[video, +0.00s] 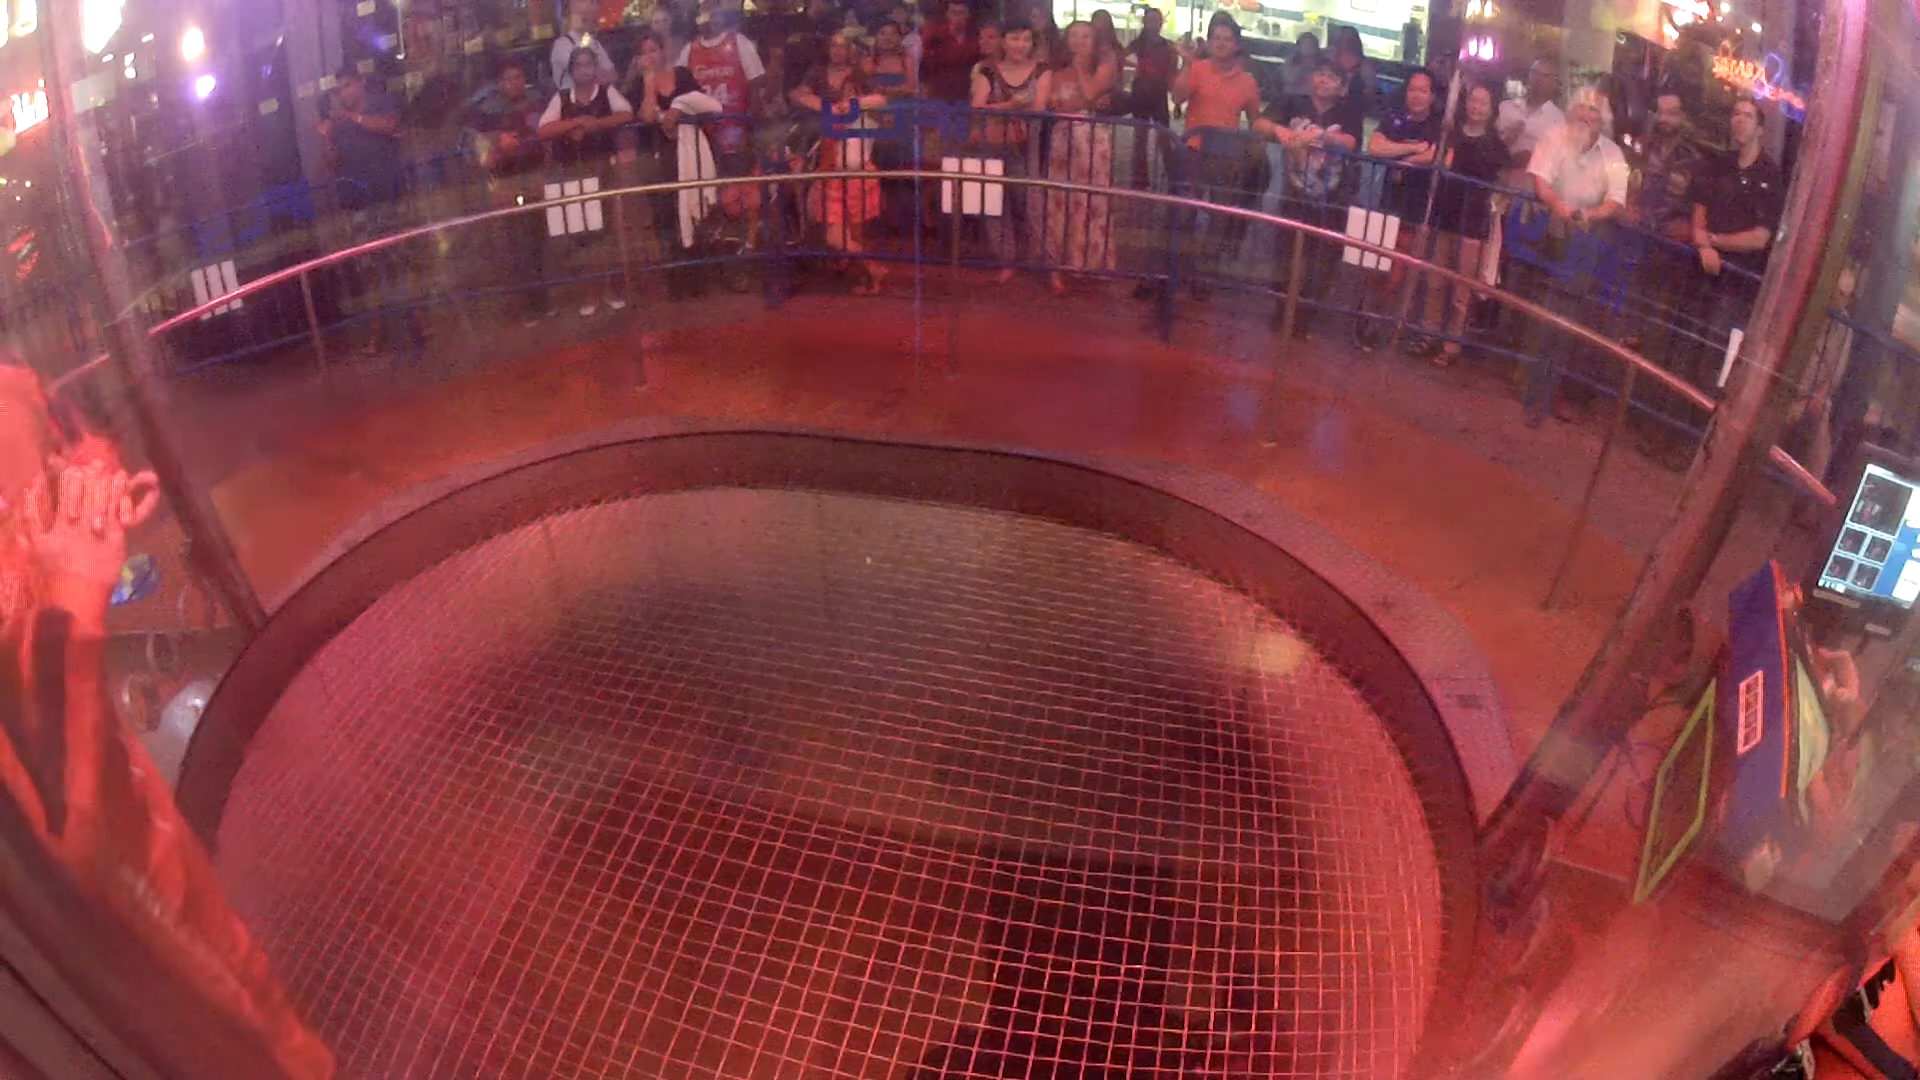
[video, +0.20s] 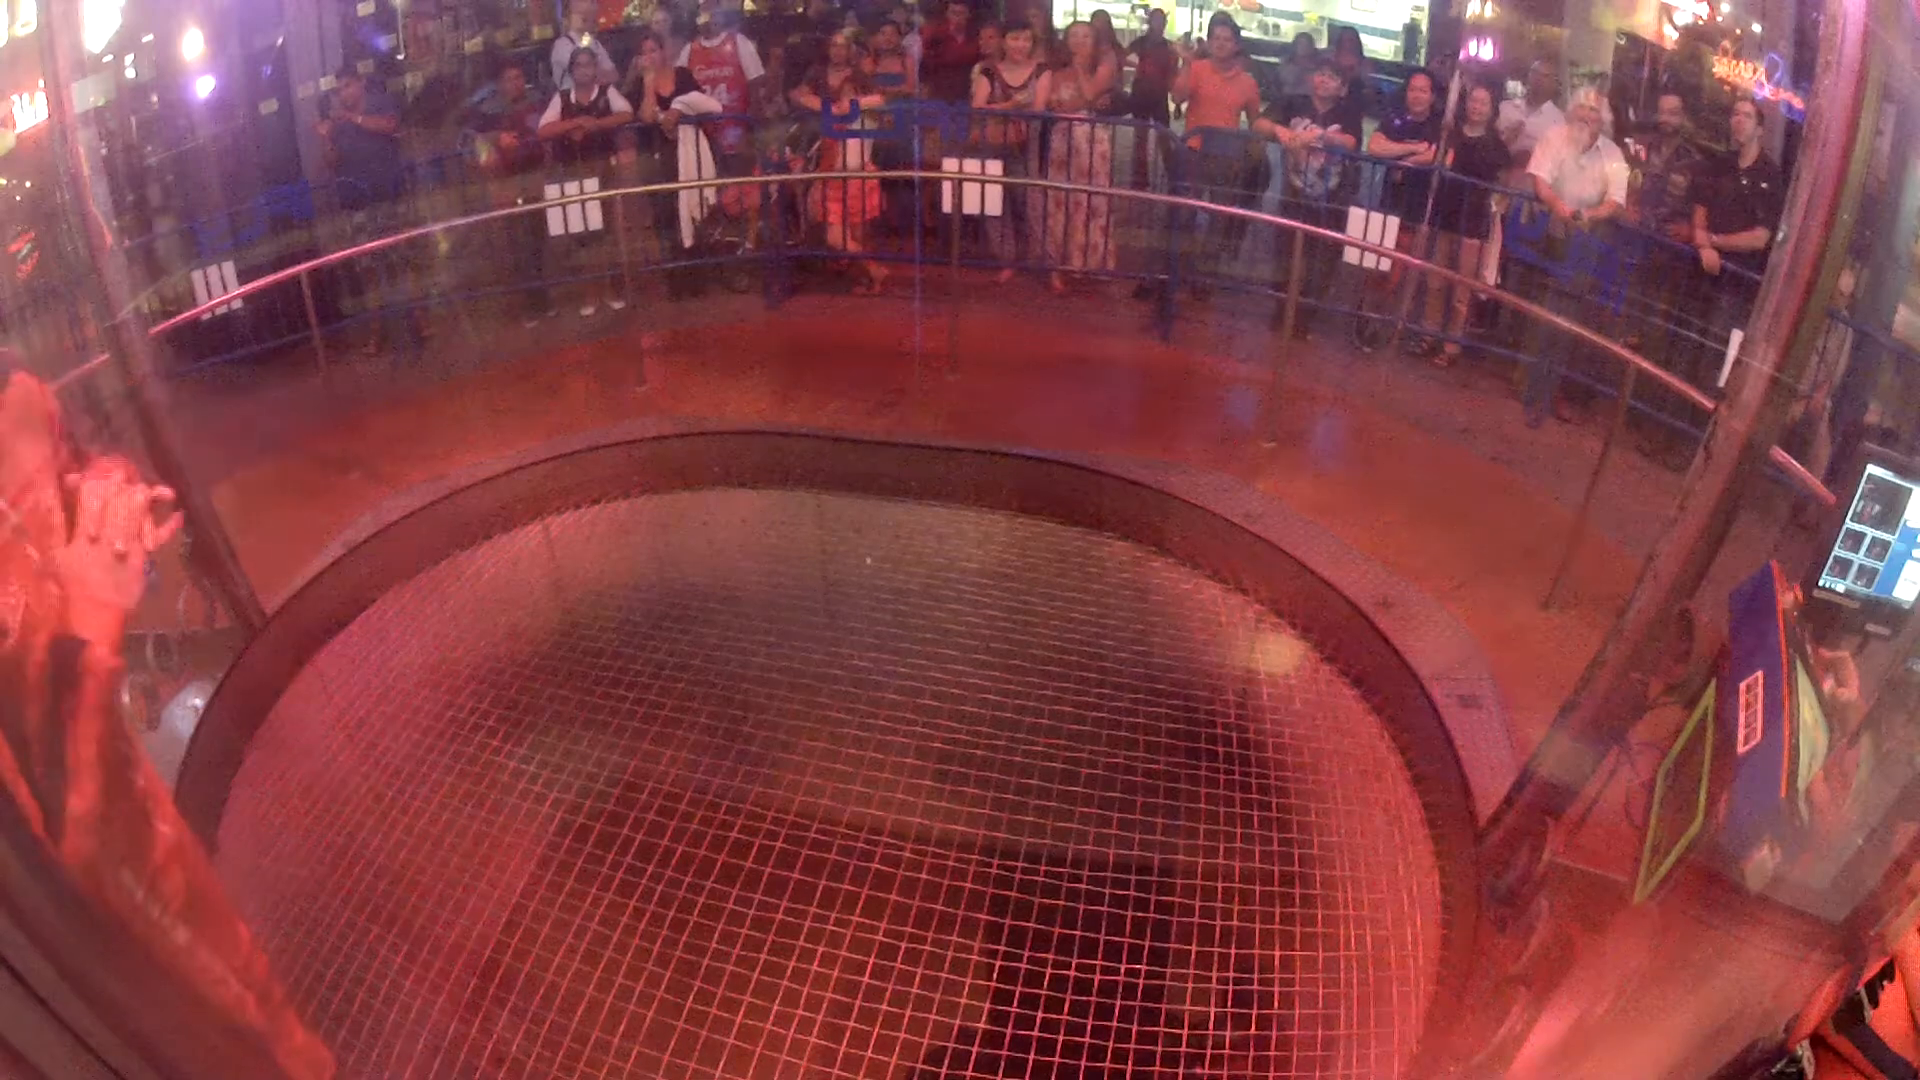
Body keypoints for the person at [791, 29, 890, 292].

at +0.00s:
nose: (836, 51)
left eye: (841, 46)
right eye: (833, 46)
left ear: (851, 50)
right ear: (827, 49)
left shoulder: (859, 76)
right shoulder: (818, 74)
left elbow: (880, 99)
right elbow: (798, 94)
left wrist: (853, 104)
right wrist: (828, 108)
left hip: (857, 163)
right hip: (829, 161)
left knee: (854, 230)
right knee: (833, 236)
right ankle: (873, 269)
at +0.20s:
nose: (836, 51)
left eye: (841, 46)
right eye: (833, 45)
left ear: (852, 50)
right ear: (826, 49)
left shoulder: (860, 77)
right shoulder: (819, 75)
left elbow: (880, 99)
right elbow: (798, 94)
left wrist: (853, 104)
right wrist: (828, 108)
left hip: (859, 172)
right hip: (830, 169)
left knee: (856, 232)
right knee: (833, 236)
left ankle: (863, 276)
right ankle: (874, 270)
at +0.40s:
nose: (835, 51)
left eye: (841, 46)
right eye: (832, 45)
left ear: (852, 50)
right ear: (826, 48)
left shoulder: (861, 77)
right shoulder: (819, 74)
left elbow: (880, 100)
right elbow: (797, 94)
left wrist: (853, 104)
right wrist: (826, 106)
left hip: (861, 170)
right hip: (831, 169)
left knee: (859, 230)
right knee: (834, 234)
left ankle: (863, 275)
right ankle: (874, 269)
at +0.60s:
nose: (843, 96)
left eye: (848, 91)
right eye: (840, 91)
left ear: (858, 92)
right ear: (834, 93)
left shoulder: (863, 108)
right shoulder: (830, 109)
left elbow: (879, 100)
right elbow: (797, 95)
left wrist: (853, 107)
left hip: (864, 175)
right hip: (839, 175)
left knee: (860, 230)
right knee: (834, 230)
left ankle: (865, 275)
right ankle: (871, 266)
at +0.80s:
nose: (844, 94)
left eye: (849, 90)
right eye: (840, 89)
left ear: (859, 90)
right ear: (834, 91)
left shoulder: (864, 107)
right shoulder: (830, 109)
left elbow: (880, 101)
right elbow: (799, 96)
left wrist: (854, 107)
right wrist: (828, 108)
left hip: (863, 170)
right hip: (835, 170)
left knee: (862, 223)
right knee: (820, 213)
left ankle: (863, 269)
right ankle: (857, 249)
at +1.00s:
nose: (835, 51)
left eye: (840, 46)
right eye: (832, 46)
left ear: (852, 50)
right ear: (827, 48)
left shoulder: (861, 77)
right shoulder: (820, 75)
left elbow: (885, 100)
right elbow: (798, 95)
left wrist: (855, 97)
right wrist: (828, 107)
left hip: (861, 156)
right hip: (832, 155)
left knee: (860, 218)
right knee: (819, 211)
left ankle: (862, 273)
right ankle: (844, 262)